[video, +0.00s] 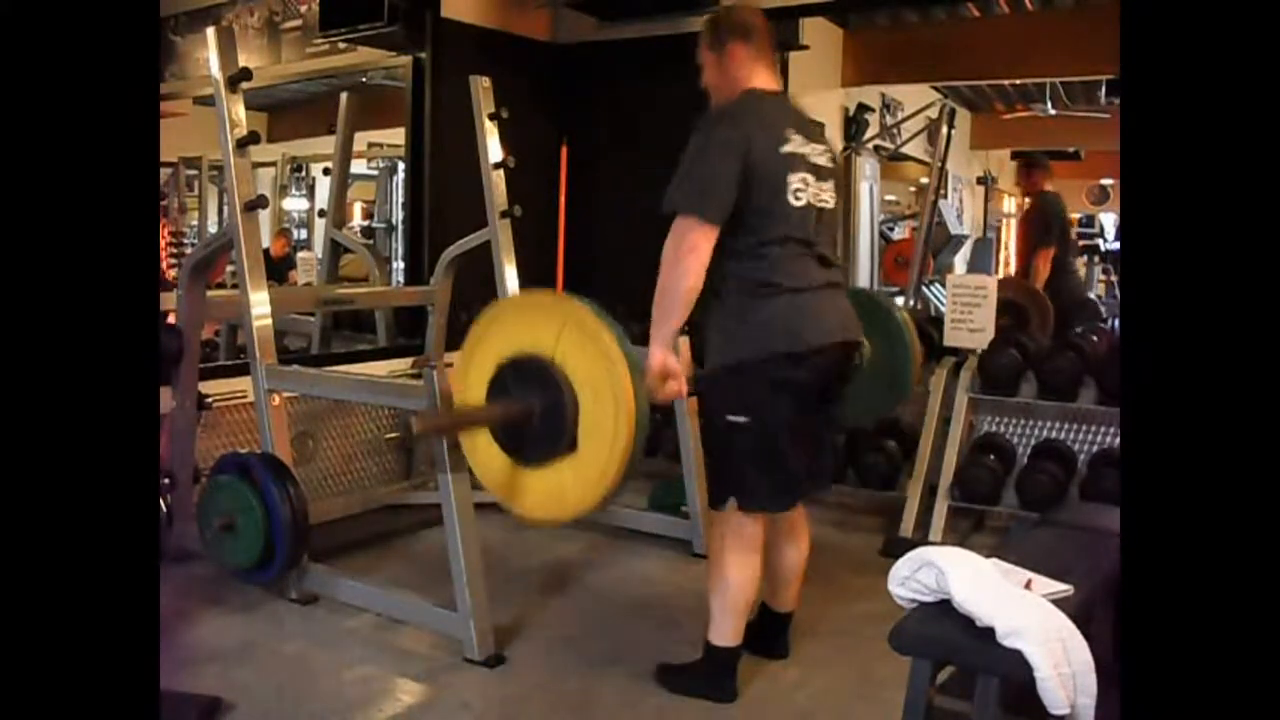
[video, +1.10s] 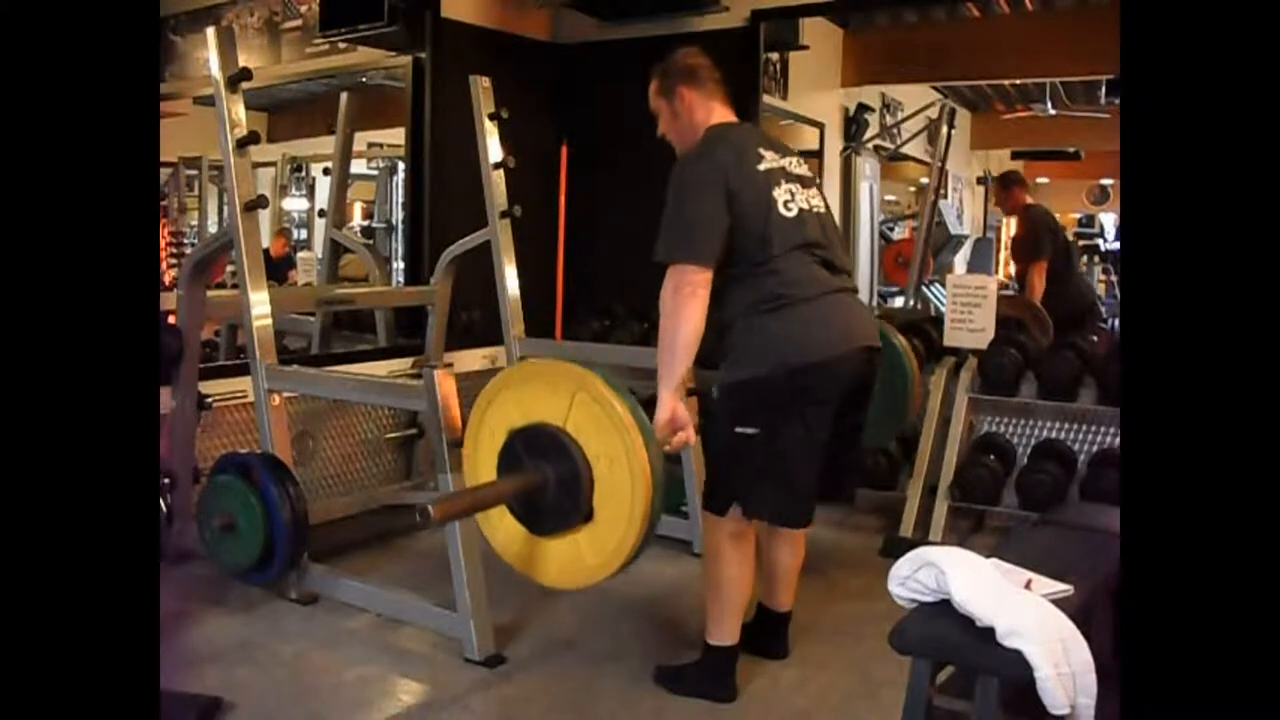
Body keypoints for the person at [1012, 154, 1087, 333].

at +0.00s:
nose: (1018, 182)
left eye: (1022, 175)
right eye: (1019, 175)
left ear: (1035, 175)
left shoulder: (1047, 203)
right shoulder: (1035, 206)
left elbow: (1044, 259)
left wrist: (1029, 302)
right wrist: (1020, 297)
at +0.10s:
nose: (1031, 182)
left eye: (1034, 176)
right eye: (1032, 176)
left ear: (1048, 175)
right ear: (1055, 175)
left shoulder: (1057, 206)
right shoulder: (1066, 202)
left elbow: (1050, 254)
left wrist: (1026, 293)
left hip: (1051, 295)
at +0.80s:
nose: (1012, 190)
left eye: (1014, 183)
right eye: (1011, 184)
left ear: (1028, 180)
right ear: (1033, 180)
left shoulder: (1045, 208)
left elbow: (1043, 259)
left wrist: (1029, 305)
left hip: (1057, 303)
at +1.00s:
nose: (1003, 199)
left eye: (1004, 192)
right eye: (1002, 192)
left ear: (1018, 186)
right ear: (1021, 186)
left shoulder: (1038, 213)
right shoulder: (1031, 213)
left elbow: (1040, 267)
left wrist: (1028, 312)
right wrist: (1025, 310)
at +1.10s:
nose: (995, 203)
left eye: (998, 196)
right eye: (995, 197)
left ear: (1014, 192)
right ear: (1016, 192)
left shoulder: (1035, 216)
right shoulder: (1028, 217)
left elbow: (1038, 272)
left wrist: (1028, 320)